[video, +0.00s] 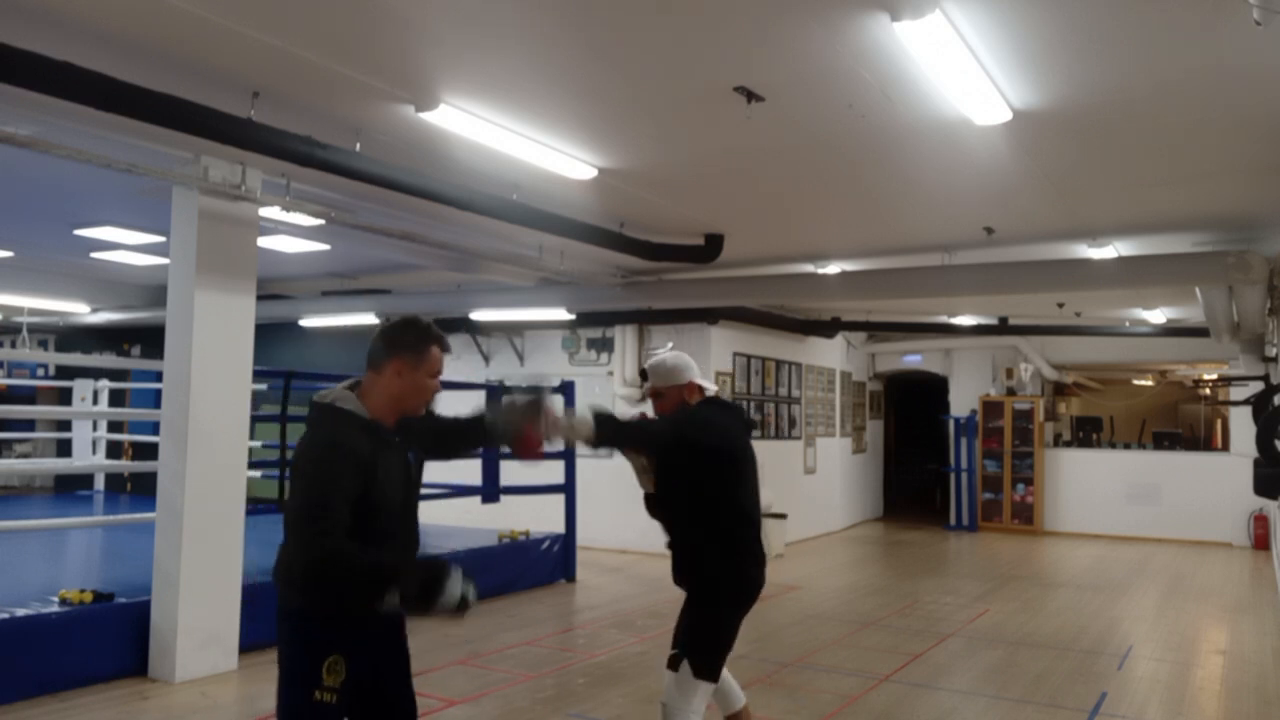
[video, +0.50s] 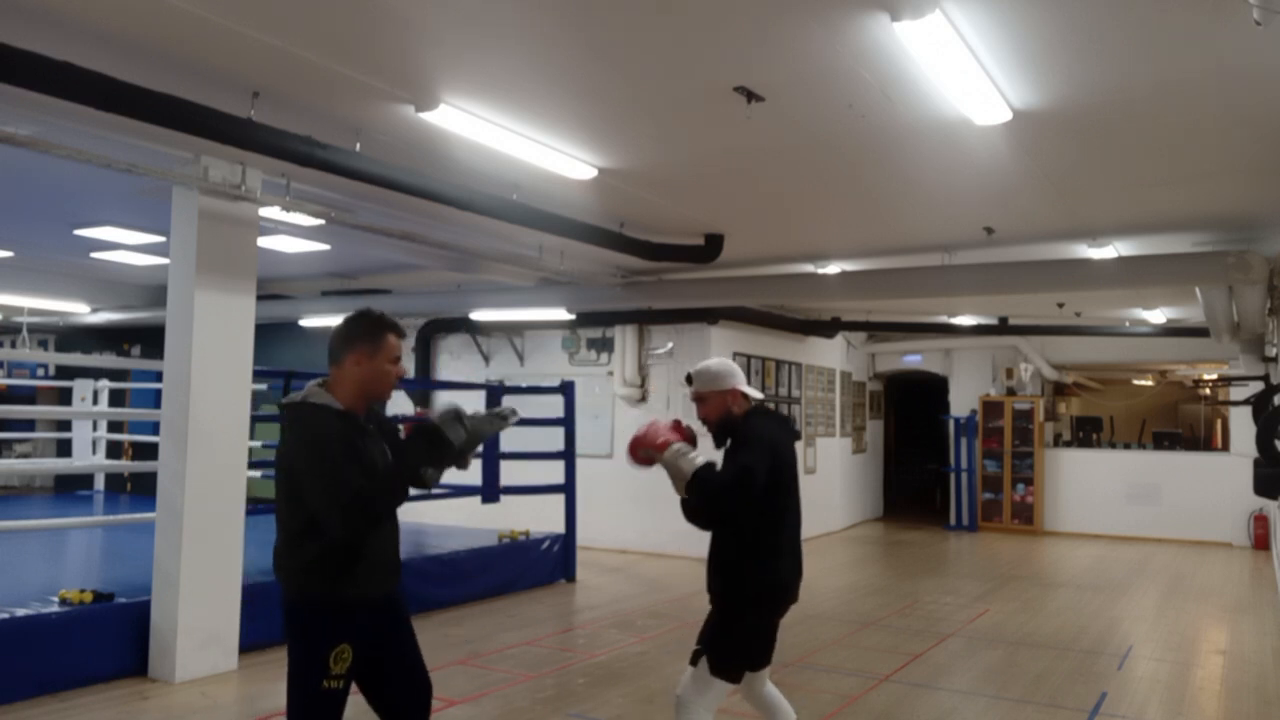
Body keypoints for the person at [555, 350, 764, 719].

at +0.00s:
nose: (655, 408)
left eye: (659, 397)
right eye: (653, 400)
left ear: (689, 391)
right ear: (691, 392)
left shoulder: (708, 423)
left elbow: (641, 435)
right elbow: (670, 514)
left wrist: (564, 423)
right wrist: (646, 471)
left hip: (726, 578)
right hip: (711, 573)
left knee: (682, 699)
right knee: (696, 662)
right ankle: (739, 711)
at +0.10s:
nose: (658, 406)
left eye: (663, 394)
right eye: (656, 396)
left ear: (692, 389)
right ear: (691, 390)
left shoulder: (719, 427)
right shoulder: (708, 426)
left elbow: (689, 500)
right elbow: (684, 496)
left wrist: (619, 479)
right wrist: (652, 461)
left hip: (724, 580)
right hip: (714, 572)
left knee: (681, 702)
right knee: (713, 665)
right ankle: (760, 711)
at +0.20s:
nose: (668, 409)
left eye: (672, 397)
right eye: (666, 399)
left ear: (702, 392)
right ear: (704, 393)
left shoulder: (728, 433)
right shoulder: (729, 428)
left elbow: (723, 508)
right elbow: (694, 516)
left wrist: (660, 491)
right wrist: (662, 470)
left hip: (723, 588)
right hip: (733, 581)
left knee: (681, 704)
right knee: (739, 686)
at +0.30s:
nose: (684, 413)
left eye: (688, 401)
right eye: (682, 403)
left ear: (719, 397)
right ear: (720, 398)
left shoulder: (743, 437)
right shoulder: (744, 434)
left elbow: (733, 508)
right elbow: (710, 516)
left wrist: (673, 478)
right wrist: (670, 481)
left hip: (731, 594)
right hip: (752, 590)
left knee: (679, 702)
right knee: (758, 692)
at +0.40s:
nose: (695, 413)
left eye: (699, 401)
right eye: (692, 402)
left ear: (729, 397)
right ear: (729, 398)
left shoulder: (749, 438)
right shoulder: (758, 432)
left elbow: (719, 509)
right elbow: (707, 512)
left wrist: (673, 463)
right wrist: (678, 467)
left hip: (738, 597)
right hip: (763, 592)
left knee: (691, 699)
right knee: (760, 689)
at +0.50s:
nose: (699, 413)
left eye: (702, 402)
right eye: (696, 403)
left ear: (732, 396)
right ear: (732, 398)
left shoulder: (756, 437)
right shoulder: (756, 434)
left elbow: (725, 505)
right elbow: (708, 513)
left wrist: (677, 454)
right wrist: (678, 461)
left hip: (747, 593)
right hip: (766, 588)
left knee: (693, 700)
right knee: (755, 687)